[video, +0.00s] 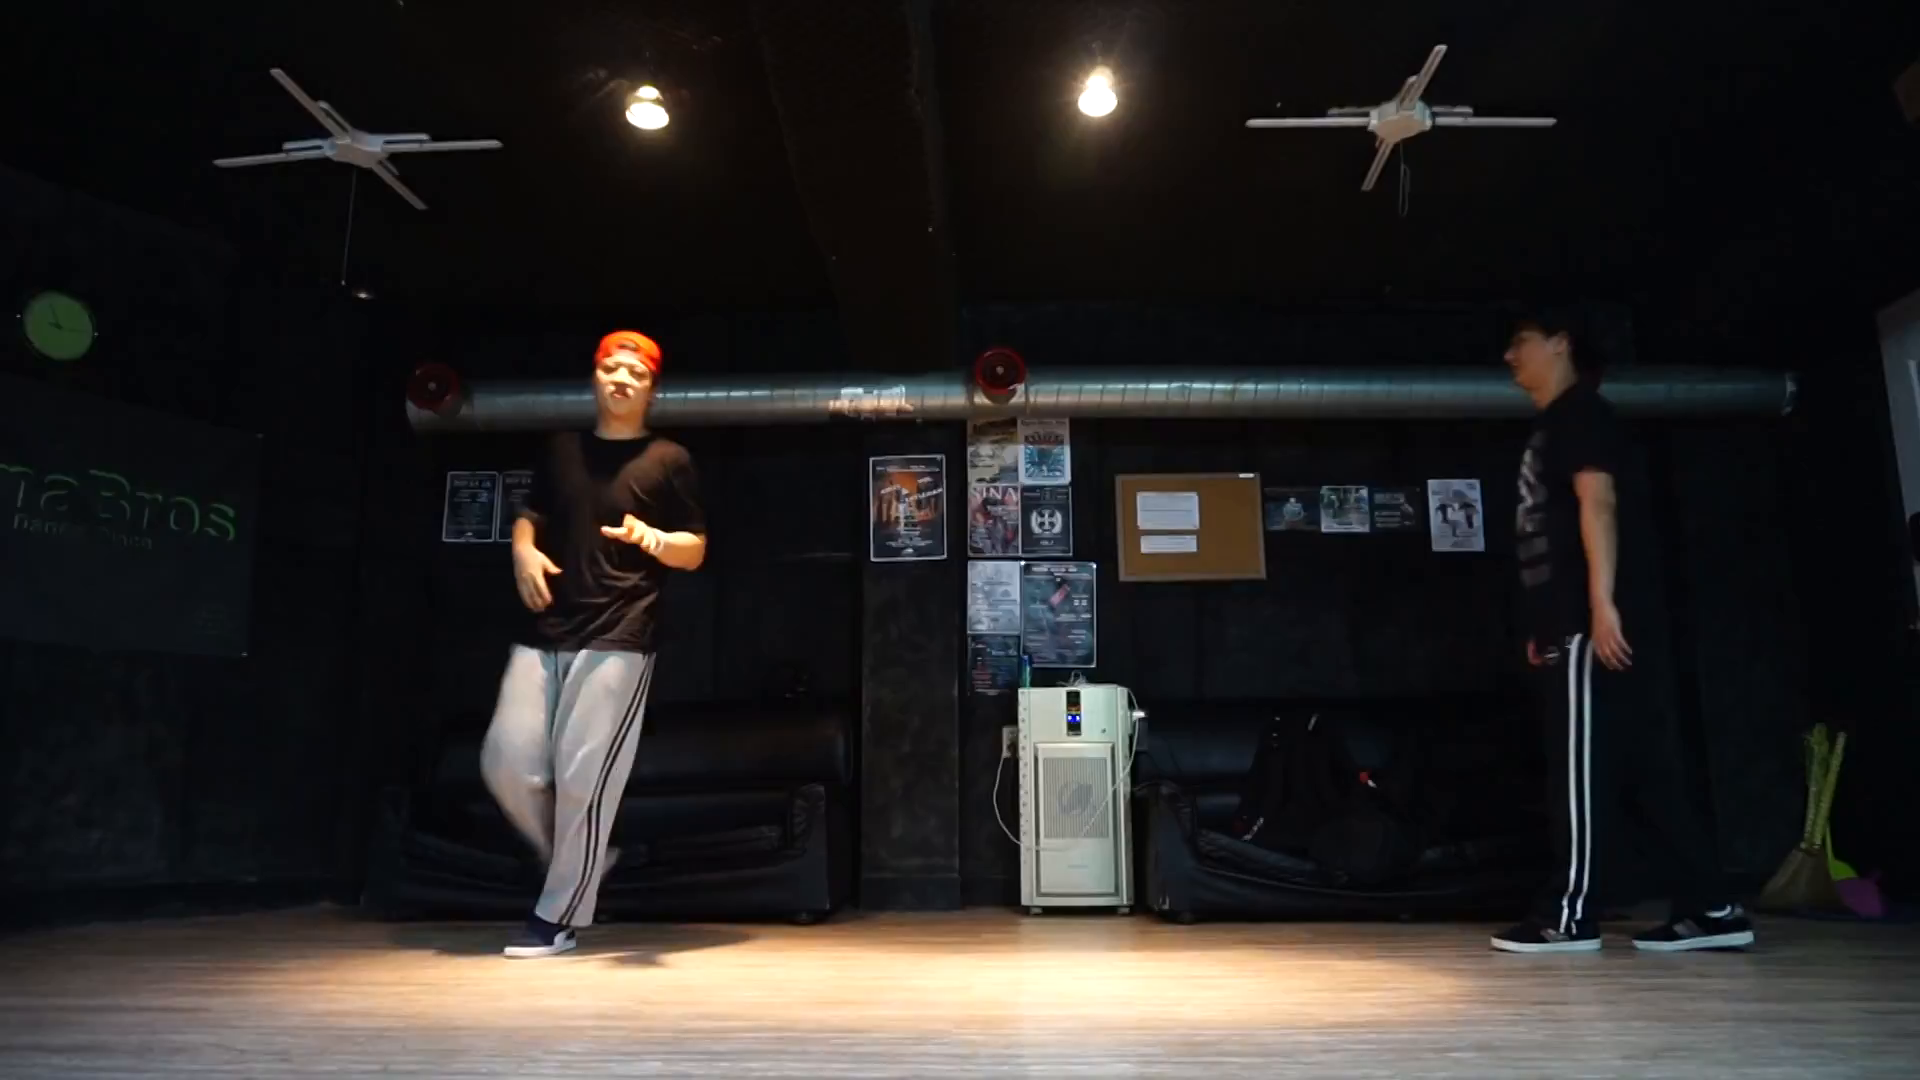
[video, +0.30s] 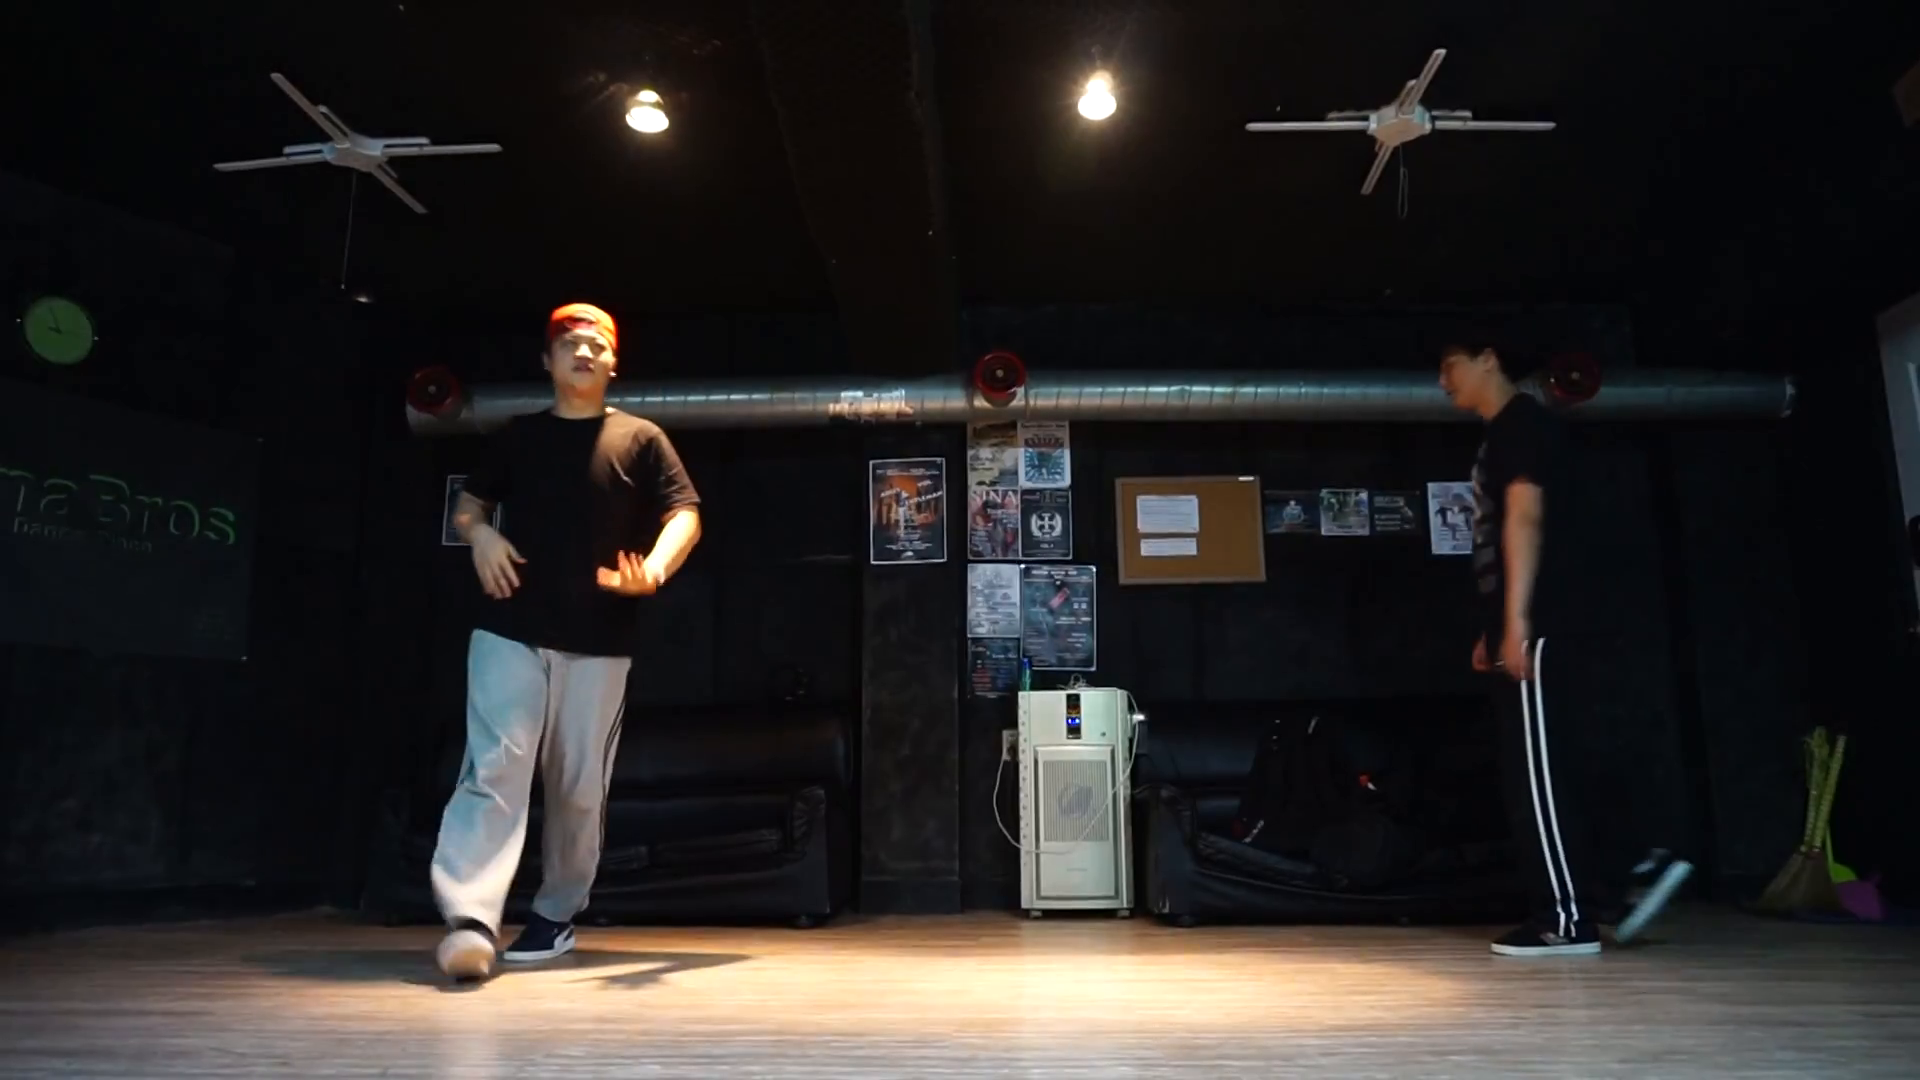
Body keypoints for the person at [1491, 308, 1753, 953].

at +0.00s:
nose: (1509, 355)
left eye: (1522, 341)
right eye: (1512, 343)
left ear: (1561, 346)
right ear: (1548, 351)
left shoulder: (1581, 416)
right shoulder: (1551, 427)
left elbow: (1599, 505)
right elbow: (1548, 531)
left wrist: (1603, 604)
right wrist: (1542, 622)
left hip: (1588, 625)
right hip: (1570, 627)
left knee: (1580, 774)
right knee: (1647, 766)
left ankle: (1571, 919)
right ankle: (1712, 908)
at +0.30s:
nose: (1444, 381)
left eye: (1452, 366)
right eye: (1443, 370)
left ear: (1488, 363)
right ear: (1483, 368)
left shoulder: (1522, 426)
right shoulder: (1502, 434)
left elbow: (1524, 522)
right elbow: (1505, 538)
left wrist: (1517, 622)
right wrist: (1495, 627)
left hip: (1540, 627)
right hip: (1531, 627)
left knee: (1540, 773)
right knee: (1558, 763)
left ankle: (1567, 923)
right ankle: (1639, 864)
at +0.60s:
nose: (1405, 378)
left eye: (1416, 365)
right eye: (1407, 366)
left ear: (1449, 369)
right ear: (1448, 371)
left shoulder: (1454, 428)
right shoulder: (1468, 431)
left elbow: (1432, 518)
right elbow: (1456, 530)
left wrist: (1393, 607)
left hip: (1490, 623)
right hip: (1473, 623)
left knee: (1519, 772)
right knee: (1453, 766)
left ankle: (1568, 922)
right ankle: (1440, 904)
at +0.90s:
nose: (1316, 415)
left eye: (1323, 402)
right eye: (1315, 405)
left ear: (1356, 398)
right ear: (1354, 401)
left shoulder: (1375, 449)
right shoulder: (1375, 453)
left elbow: (1371, 533)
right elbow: (1381, 544)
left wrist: (1345, 621)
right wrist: (1363, 625)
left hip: (1403, 628)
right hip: (1390, 631)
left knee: (1428, 757)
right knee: (1379, 765)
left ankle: (1542, 904)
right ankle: (1377, 910)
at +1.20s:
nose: (1256, 407)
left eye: (1265, 394)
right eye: (1256, 397)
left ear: (1300, 394)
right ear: (1291, 397)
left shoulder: (1312, 453)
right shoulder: (1301, 464)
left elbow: (1295, 522)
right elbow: (1284, 563)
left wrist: (1202, 563)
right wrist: (1204, 568)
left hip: (1317, 635)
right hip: (1322, 633)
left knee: (1285, 762)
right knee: (1340, 767)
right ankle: (1375, 906)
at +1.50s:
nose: (1160, 442)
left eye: (1164, 428)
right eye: (1156, 431)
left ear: (1194, 417)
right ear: (1178, 424)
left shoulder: (1225, 474)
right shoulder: (1220, 473)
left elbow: (1200, 562)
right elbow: (1202, 564)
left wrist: (1130, 608)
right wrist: (1137, 604)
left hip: (1229, 649)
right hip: (1236, 645)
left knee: (1192, 779)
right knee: (1271, 774)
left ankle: (1171, 912)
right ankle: (1360, 894)